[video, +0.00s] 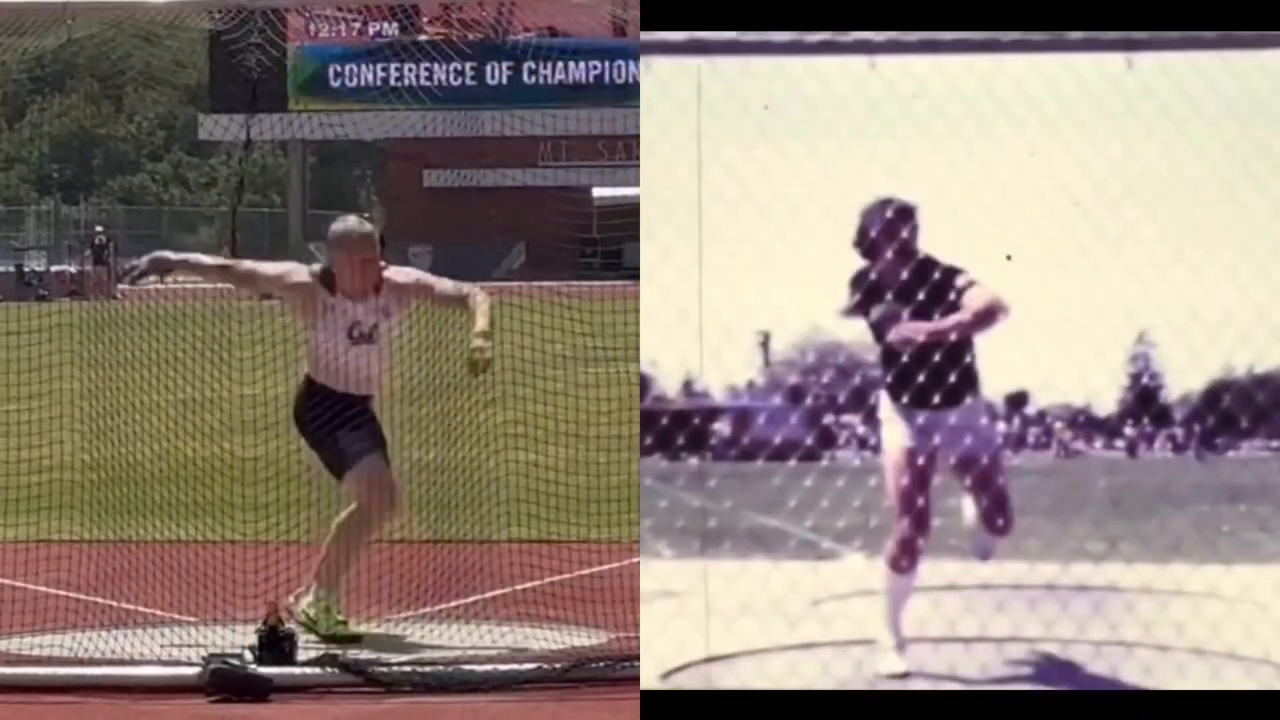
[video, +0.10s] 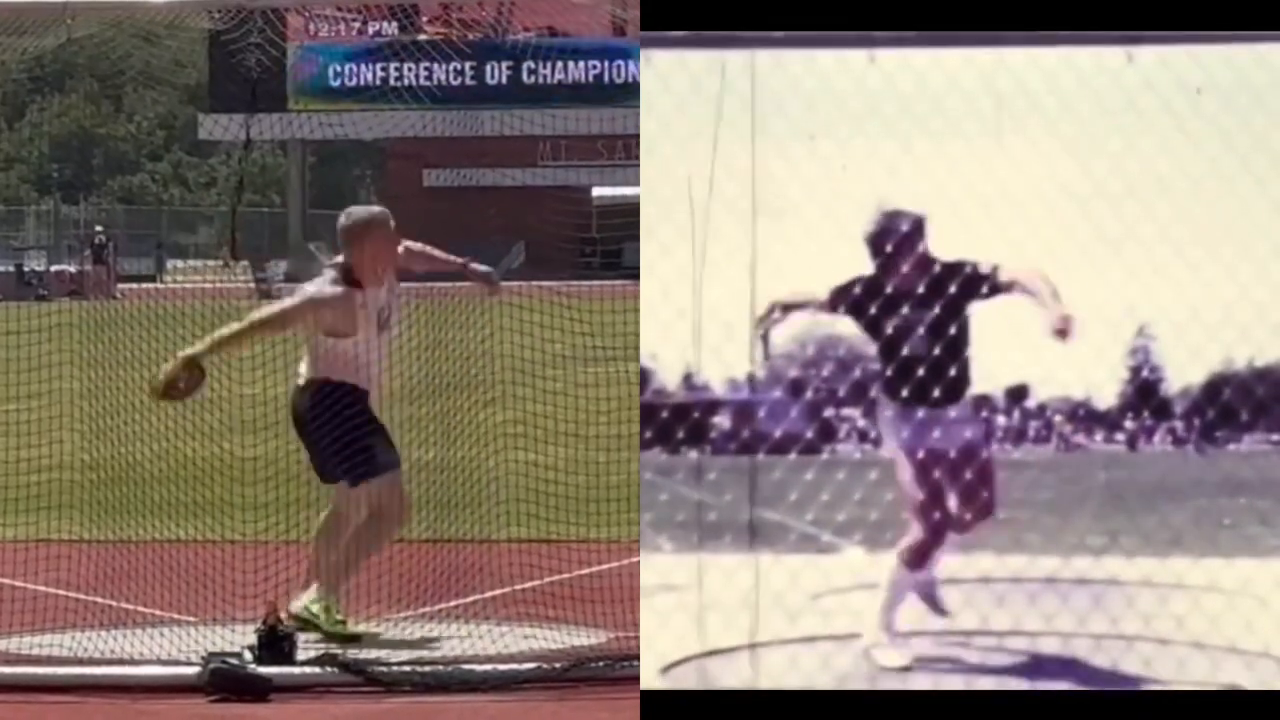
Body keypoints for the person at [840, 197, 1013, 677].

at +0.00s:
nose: (893, 257)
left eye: (899, 245)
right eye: (883, 247)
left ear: (912, 239)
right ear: (868, 249)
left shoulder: (939, 275)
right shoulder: (867, 287)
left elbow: (992, 305)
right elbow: (866, 315)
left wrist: (931, 329)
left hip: (962, 410)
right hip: (904, 413)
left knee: (999, 521)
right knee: (910, 532)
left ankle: (978, 518)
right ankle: (893, 635)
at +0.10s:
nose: (913, 263)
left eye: (915, 252)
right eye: (902, 256)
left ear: (923, 247)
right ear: (883, 259)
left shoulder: (953, 278)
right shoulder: (868, 293)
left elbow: (1025, 278)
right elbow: (823, 304)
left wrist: (1056, 309)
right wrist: (783, 305)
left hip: (956, 414)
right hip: (904, 419)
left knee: (975, 508)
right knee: (932, 526)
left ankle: (923, 566)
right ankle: (880, 628)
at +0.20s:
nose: (948, 261)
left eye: (945, 253)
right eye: (939, 256)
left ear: (938, 260)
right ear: (918, 267)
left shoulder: (960, 276)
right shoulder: (890, 312)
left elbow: (1012, 269)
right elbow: (820, 344)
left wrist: (1067, 287)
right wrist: (753, 361)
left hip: (941, 423)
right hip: (906, 426)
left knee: (932, 526)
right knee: (959, 534)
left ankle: (891, 618)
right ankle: (883, 623)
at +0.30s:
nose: (957, 236)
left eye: (954, 228)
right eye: (951, 229)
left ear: (913, 235)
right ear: (939, 236)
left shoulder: (915, 279)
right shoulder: (932, 285)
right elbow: (890, 345)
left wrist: (951, 278)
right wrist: (838, 401)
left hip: (895, 398)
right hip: (923, 402)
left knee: (910, 513)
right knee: (961, 522)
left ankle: (886, 616)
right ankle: (886, 617)